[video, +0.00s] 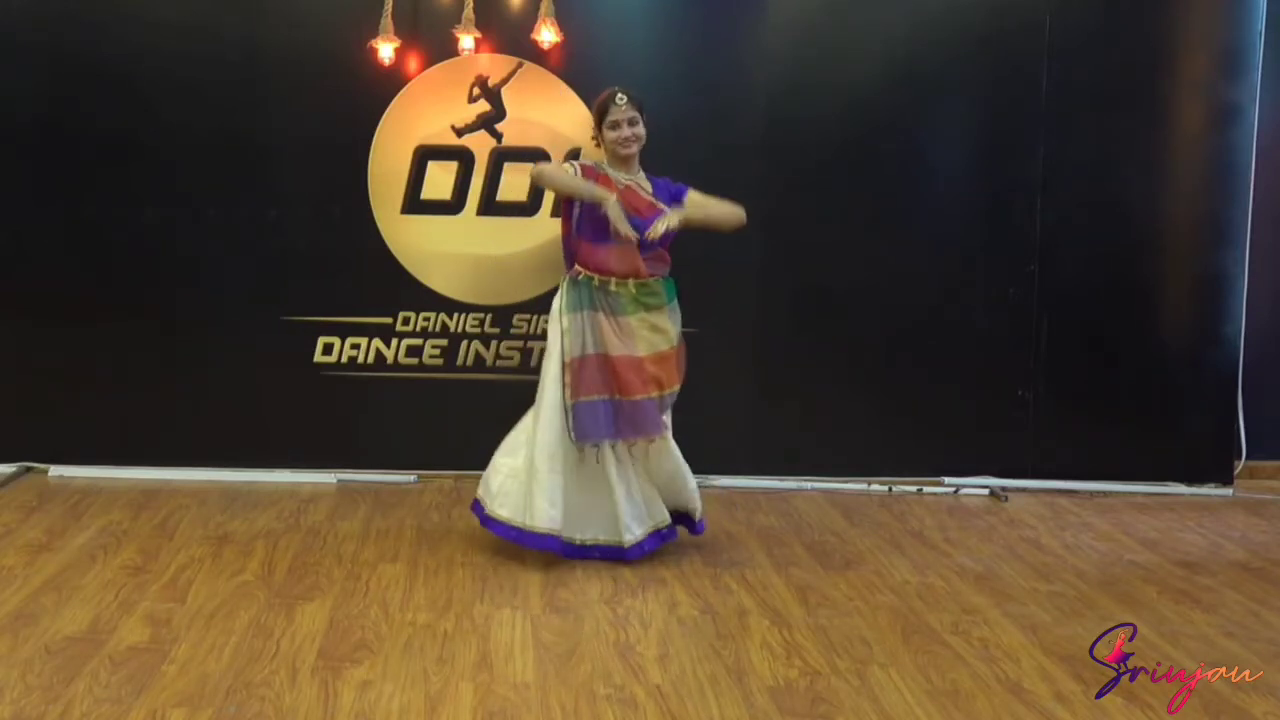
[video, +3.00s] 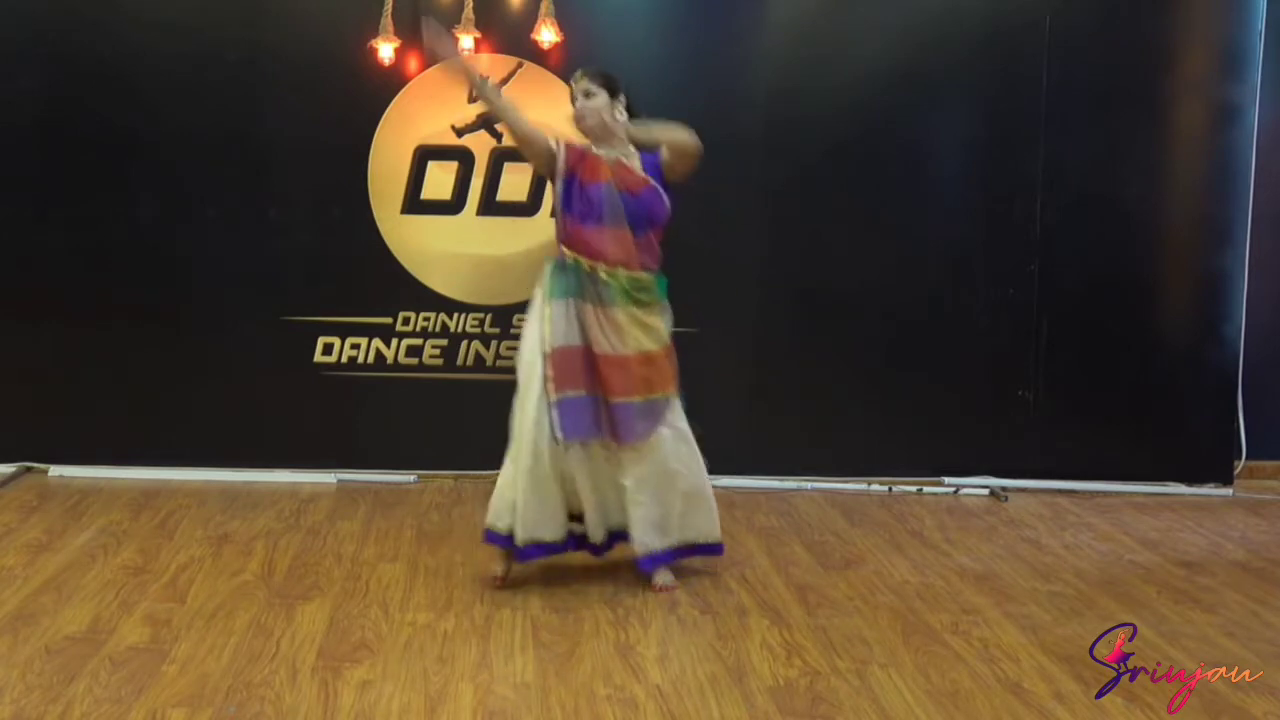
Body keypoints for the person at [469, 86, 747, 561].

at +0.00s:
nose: (626, 131)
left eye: (633, 122)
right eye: (615, 125)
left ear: (645, 127)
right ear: (599, 134)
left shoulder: (661, 190)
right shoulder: (586, 178)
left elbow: (736, 215)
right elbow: (544, 174)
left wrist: (684, 214)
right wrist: (607, 198)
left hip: (646, 313)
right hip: (590, 311)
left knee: (640, 415)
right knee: (590, 413)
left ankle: (637, 516)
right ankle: (589, 523)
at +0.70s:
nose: (601, 143)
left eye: (609, 134)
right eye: (598, 135)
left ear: (640, 137)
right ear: (600, 140)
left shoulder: (657, 197)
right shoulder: (601, 188)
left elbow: (647, 234)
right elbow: (574, 218)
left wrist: (592, 250)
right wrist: (561, 196)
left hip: (638, 338)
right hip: (588, 335)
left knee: (653, 439)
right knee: (568, 435)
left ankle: (687, 533)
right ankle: (562, 542)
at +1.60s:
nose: (604, 135)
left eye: (616, 128)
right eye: (599, 126)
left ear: (638, 138)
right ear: (590, 133)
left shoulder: (660, 196)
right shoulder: (571, 198)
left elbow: (711, 155)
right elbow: (510, 235)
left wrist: (644, 180)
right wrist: (557, 235)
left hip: (635, 339)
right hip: (578, 337)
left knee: (617, 443)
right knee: (581, 443)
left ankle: (602, 557)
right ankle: (581, 548)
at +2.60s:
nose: (619, 123)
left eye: (622, 114)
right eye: (605, 118)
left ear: (631, 120)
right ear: (582, 131)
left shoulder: (653, 185)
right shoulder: (573, 186)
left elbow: (731, 212)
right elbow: (545, 237)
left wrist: (705, 197)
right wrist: (604, 214)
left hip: (641, 320)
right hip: (585, 319)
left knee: (644, 433)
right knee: (589, 433)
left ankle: (645, 553)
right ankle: (590, 557)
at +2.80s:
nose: (589, 129)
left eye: (598, 119)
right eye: (583, 124)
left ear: (628, 124)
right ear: (581, 138)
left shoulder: (669, 186)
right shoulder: (578, 191)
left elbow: (731, 225)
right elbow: (537, 233)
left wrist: (708, 283)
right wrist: (557, 279)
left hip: (653, 326)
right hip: (589, 325)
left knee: (656, 435)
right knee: (581, 433)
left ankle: (655, 548)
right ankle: (576, 546)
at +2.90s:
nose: (588, 117)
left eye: (597, 108)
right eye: (582, 112)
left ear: (626, 115)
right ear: (580, 124)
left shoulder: (659, 177)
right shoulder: (578, 176)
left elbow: (711, 184)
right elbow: (533, 173)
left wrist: (661, 185)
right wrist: (498, 153)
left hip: (645, 318)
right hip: (580, 315)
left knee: (654, 428)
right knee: (561, 424)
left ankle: (665, 543)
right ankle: (541, 539)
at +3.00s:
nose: (579, 106)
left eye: (588, 95)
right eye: (574, 100)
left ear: (619, 106)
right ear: (574, 115)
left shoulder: (650, 165)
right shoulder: (568, 159)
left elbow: (689, 143)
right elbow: (512, 122)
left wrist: (633, 131)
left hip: (635, 307)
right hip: (568, 305)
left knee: (649, 432)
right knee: (539, 423)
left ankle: (656, 554)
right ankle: (508, 543)